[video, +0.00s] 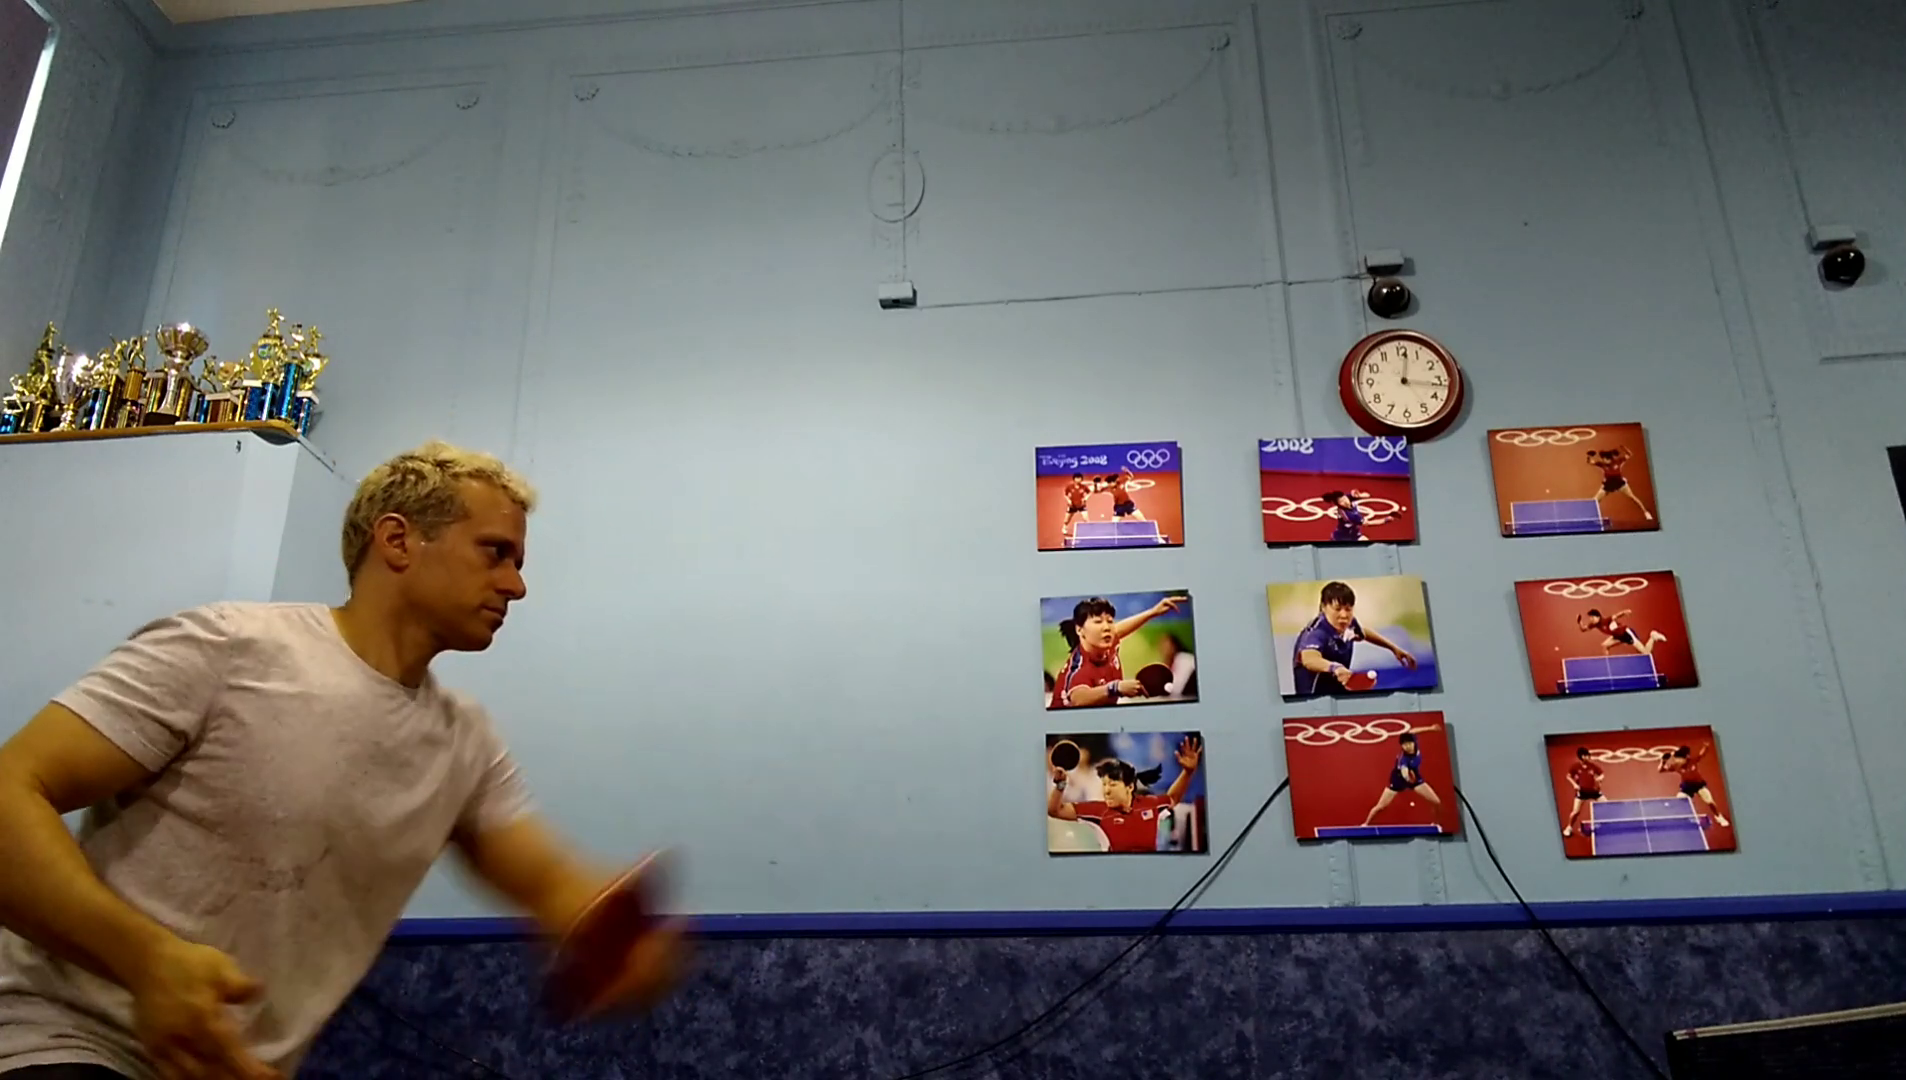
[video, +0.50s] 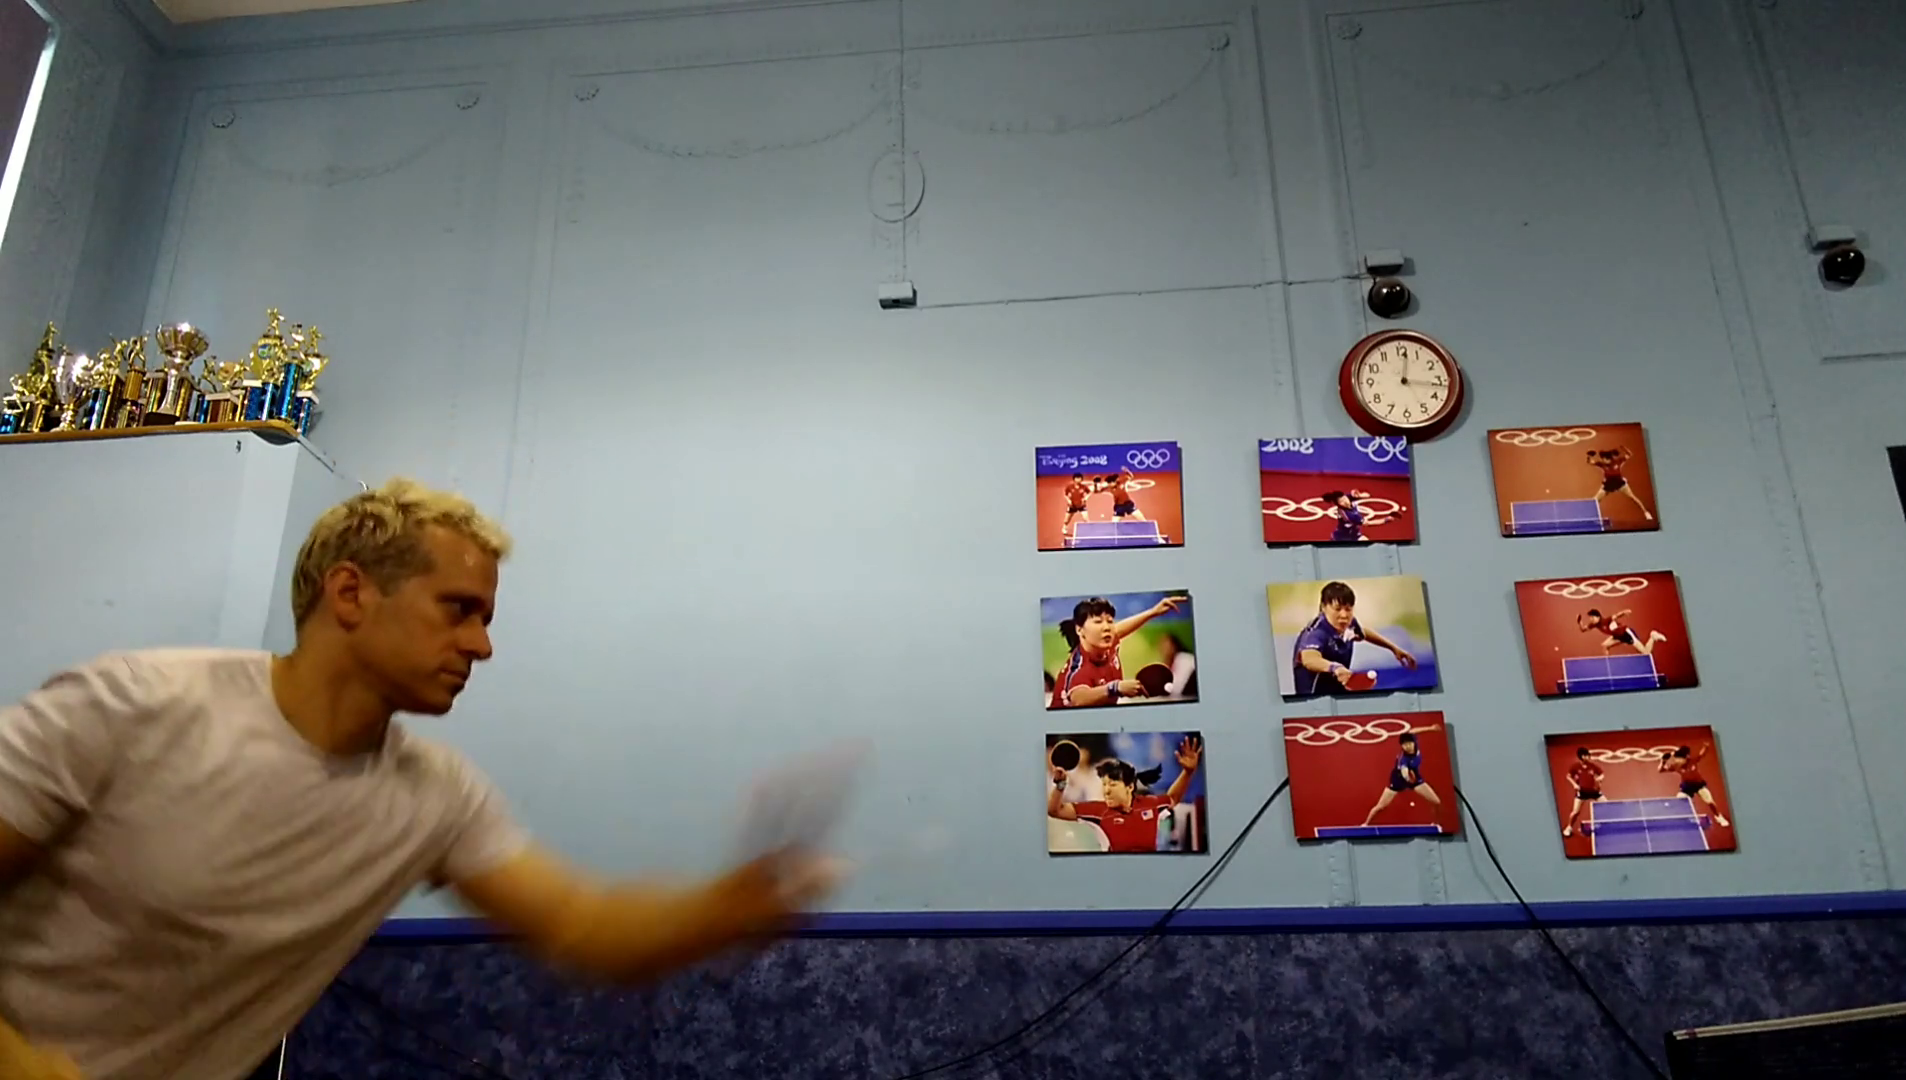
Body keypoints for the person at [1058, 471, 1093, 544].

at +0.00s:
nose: (1078, 481)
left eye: (1080, 479)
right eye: (1077, 479)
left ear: (1081, 480)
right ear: (1074, 480)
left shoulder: (1083, 487)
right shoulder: (1070, 487)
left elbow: (1089, 492)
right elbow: (1065, 494)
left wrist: (1085, 498)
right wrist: (1068, 501)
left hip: (1081, 505)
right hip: (1072, 505)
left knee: (1086, 519)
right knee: (1066, 520)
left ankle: (1090, 531)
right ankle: (1064, 528)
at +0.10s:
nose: (1078, 481)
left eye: (1079, 479)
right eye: (1077, 479)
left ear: (1081, 480)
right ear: (1074, 480)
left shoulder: (1083, 487)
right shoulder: (1070, 487)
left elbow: (1089, 492)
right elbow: (1065, 494)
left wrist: (1085, 498)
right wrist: (1068, 501)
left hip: (1081, 505)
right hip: (1072, 505)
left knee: (1086, 519)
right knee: (1066, 520)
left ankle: (1090, 531)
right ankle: (1064, 528)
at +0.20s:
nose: (1078, 481)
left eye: (1079, 479)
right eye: (1077, 479)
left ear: (1081, 480)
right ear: (1074, 480)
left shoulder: (1083, 487)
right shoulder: (1070, 487)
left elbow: (1089, 492)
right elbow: (1065, 494)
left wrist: (1085, 498)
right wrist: (1068, 500)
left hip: (1081, 505)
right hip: (1072, 505)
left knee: (1086, 519)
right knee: (1066, 520)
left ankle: (1090, 530)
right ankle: (1064, 529)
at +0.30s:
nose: (1078, 481)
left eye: (1079, 479)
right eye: (1077, 479)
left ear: (1081, 479)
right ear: (1074, 480)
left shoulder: (1083, 487)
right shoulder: (1070, 487)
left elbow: (1089, 492)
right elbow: (1065, 494)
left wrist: (1085, 498)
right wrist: (1068, 500)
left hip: (1081, 505)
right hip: (1072, 505)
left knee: (1086, 519)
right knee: (1066, 520)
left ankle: (1090, 531)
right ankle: (1064, 528)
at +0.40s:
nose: (1078, 481)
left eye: (1079, 479)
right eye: (1077, 479)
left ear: (1081, 479)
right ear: (1074, 480)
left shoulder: (1083, 487)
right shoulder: (1070, 487)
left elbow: (1089, 492)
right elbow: (1065, 494)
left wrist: (1085, 498)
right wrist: (1068, 500)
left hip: (1081, 505)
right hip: (1072, 505)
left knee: (1086, 519)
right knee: (1066, 520)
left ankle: (1090, 531)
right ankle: (1064, 528)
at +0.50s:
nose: (1078, 481)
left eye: (1079, 479)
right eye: (1077, 479)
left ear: (1081, 479)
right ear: (1074, 480)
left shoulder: (1083, 487)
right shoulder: (1070, 487)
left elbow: (1089, 492)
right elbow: (1065, 494)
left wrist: (1085, 498)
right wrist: (1068, 500)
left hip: (1081, 505)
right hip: (1072, 505)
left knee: (1086, 519)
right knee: (1066, 520)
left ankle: (1090, 531)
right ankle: (1064, 528)